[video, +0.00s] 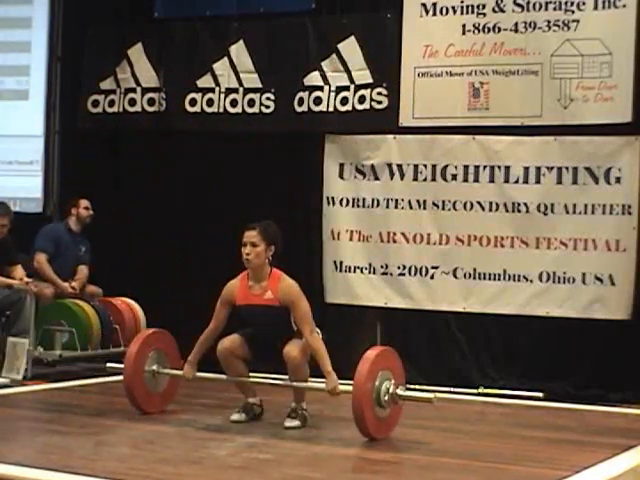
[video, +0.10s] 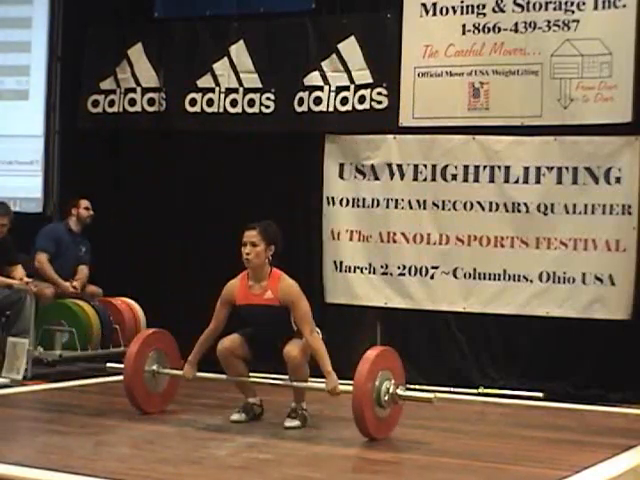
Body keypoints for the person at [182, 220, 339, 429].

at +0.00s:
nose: (246, 251)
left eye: (254, 246)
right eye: (244, 245)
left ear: (269, 251)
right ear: (240, 248)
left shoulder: (287, 287)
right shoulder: (233, 288)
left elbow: (310, 333)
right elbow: (214, 328)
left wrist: (329, 374)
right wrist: (191, 361)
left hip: (289, 339)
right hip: (256, 340)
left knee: (293, 354)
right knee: (225, 348)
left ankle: (299, 407)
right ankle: (252, 403)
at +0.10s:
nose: (247, 251)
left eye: (254, 245)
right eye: (244, 245)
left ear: (269, 251)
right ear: (240, 248)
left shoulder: (287, 287)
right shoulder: (233, 288)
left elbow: (310, 333)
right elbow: (214, 328)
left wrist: (329, 374)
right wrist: (191, 361)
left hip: (289, 339)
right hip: (256, 339)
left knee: (294, 353)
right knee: (225, 348)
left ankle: (299, 407)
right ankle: (252, 403)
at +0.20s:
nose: (246, 250)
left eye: (253, 244)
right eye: (244, 244)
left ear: (269, 250)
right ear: (240, 247)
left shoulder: (287, 286)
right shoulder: (233, 288)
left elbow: (310, 333)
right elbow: (215, 328)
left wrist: (330, 374)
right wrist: (192, 361)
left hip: (289, 339)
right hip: (256, 340)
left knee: (294, 353)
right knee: (225, 347)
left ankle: (299, 406)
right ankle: (252, 403)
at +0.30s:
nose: (246, 248)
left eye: (253, 243)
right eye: (244, 243)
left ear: (269, 248)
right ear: (240, 246)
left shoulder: (287, 286)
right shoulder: (234, 287)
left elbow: (310, 332)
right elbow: (215, 327)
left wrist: (329, 373)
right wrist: (193, 360)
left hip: (290, 337)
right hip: (256, 338)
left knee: (294, 352)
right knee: (225, 347)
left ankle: (299, 406)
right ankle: (252, 403)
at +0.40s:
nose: (246, 247)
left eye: (253, 242)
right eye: (244, 242)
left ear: (269, 247)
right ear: (240, 245)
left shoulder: (286, 285)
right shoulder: (234, 286)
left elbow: (310, 331)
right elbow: (216, 327)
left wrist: (329, 372)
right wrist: (193, 359)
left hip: (290, 336)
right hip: (256, 336)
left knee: (294, 352)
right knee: (225, 346)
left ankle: (299, 406)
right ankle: (252, 402)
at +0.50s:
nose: (246, 244)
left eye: (254, 239)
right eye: (244, 239)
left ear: (269, 245)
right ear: (241, 242)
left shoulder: (286, 282)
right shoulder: (234, 284)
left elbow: (310, 328)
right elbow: (216, 324)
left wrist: (329, 369)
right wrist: (193, 357)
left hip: (290, 333)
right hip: (257, 333)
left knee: (295, 349)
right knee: (227, 345)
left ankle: (299, 406)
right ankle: (252, 403)